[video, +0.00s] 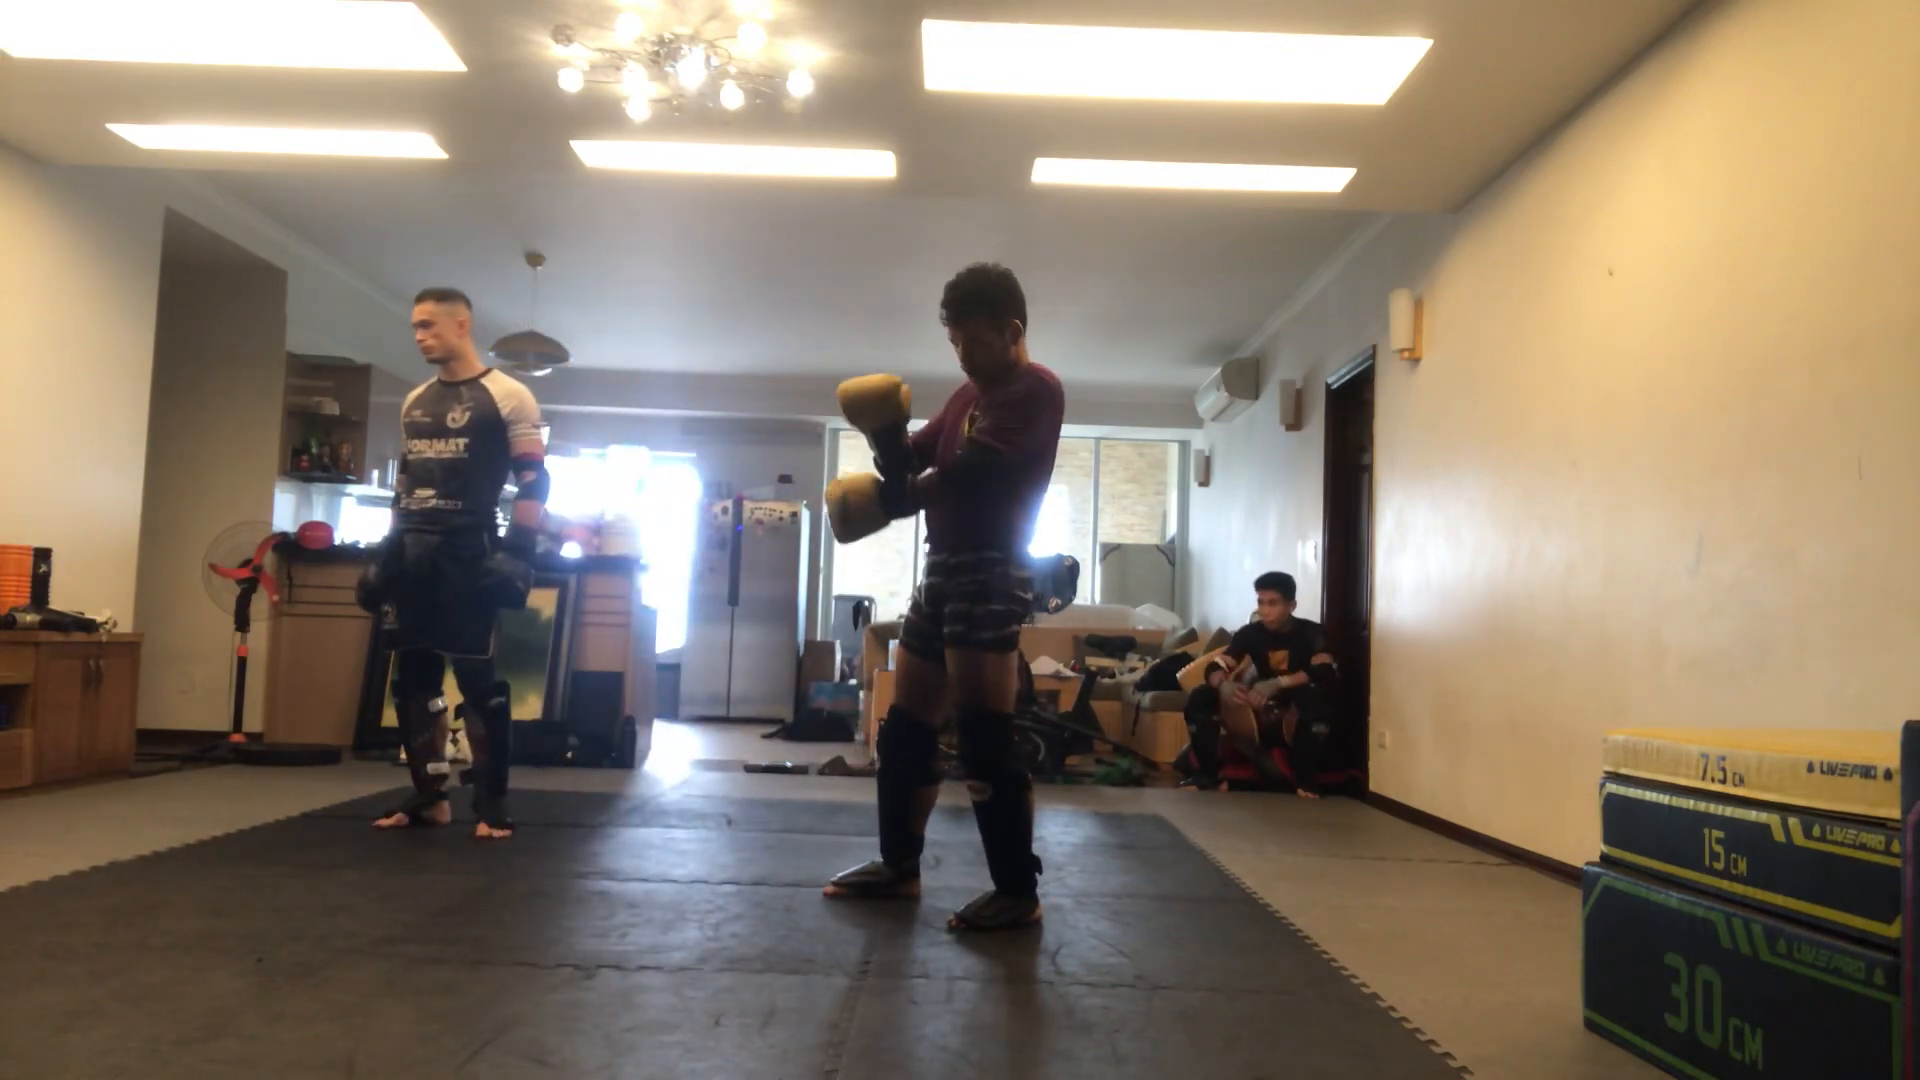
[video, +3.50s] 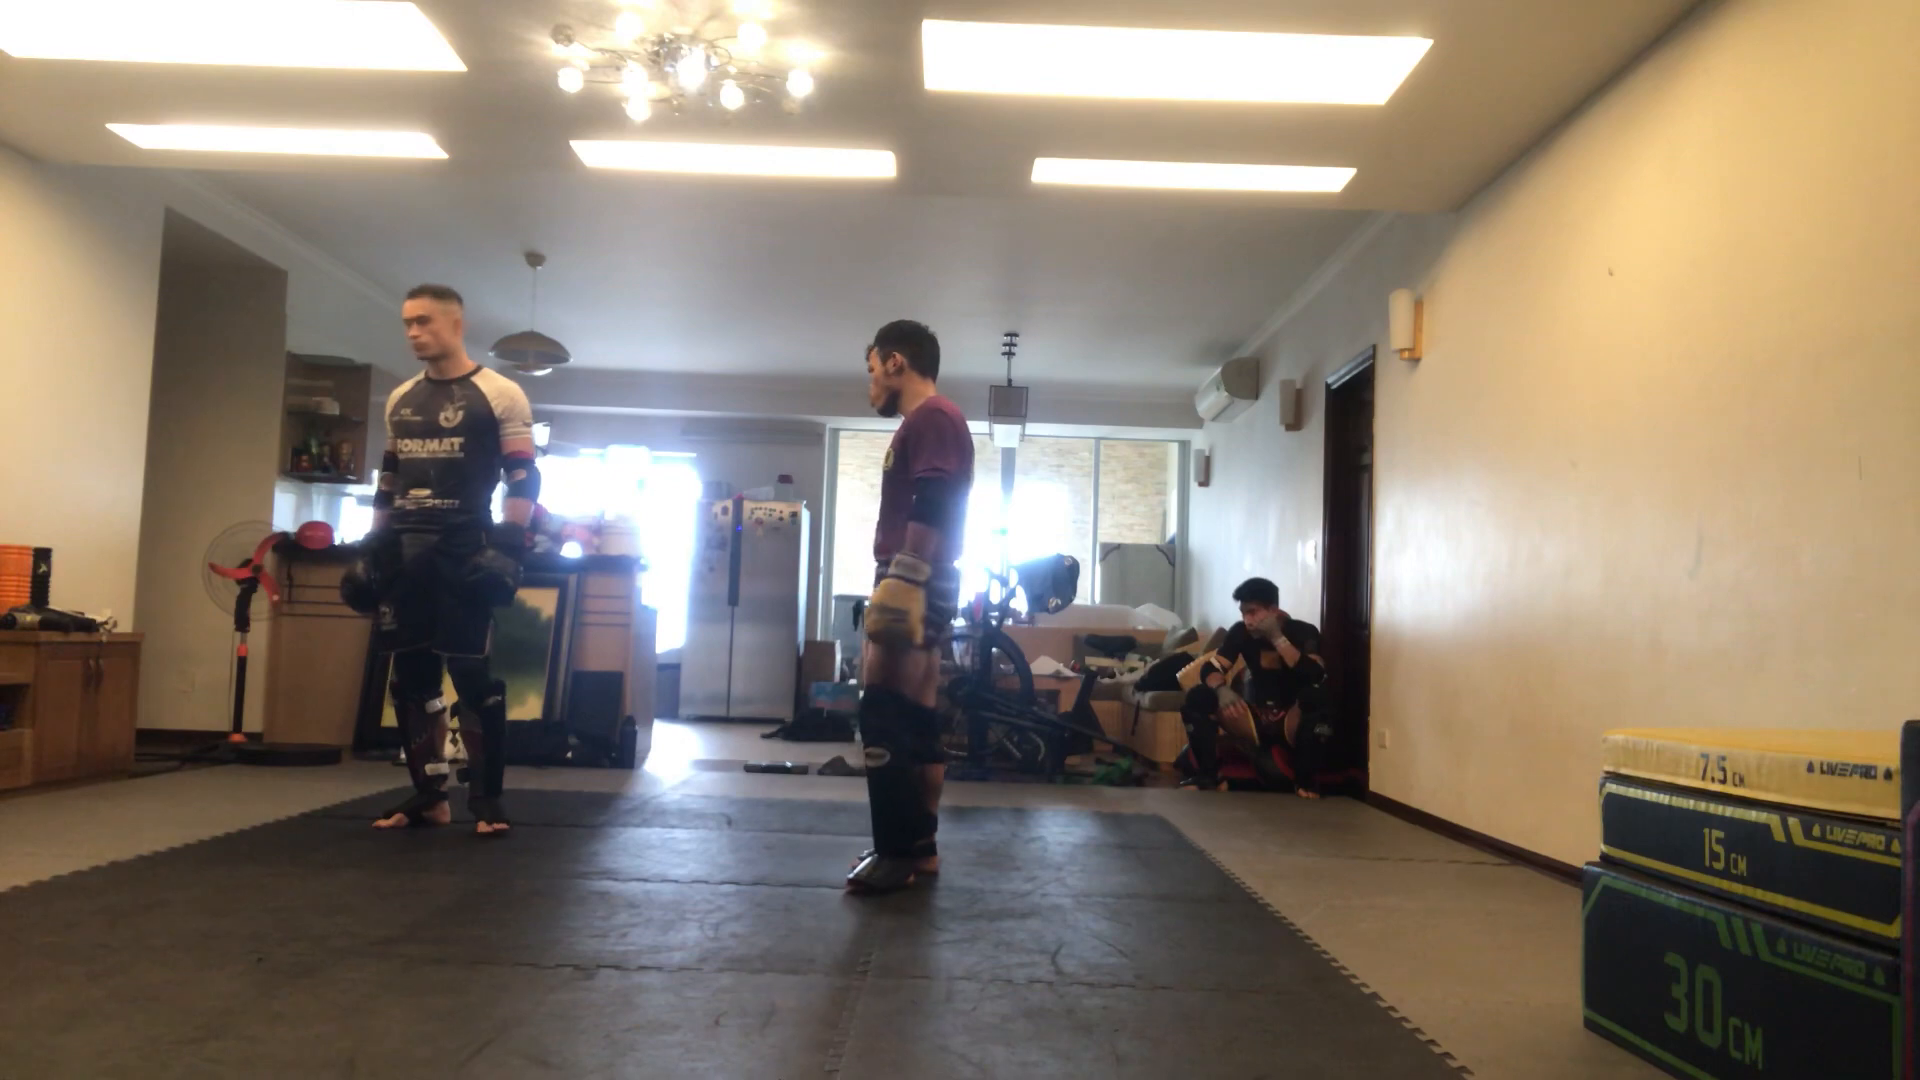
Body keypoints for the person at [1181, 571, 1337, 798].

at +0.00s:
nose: (1264, 610)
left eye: (1272, 604)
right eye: (1261, 603)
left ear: (1291, 605)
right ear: (1257, 603)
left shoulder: (1311, 632)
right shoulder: (1249, 634)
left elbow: (1324, 671)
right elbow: (1214, 669)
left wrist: (1276, 683)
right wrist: (1226, 687)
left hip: (1294, 713)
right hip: (1252, 712)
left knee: (1316, 700)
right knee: (1200, 698)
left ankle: (1305, 781)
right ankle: (1209, 775)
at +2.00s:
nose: (1250, 614)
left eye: (1258, 608)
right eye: (1249, 606)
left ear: (1279, 611)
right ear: (1246, 604)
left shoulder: (1303, 631)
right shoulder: (1242, 631)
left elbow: (1325, 668)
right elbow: (1212, 669)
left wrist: (1278, 691)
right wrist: (1224, 691)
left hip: (1294, 711)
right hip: (1253, 711)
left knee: (1318, 702)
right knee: (1198, 698)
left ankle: (1306, 782)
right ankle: (1208, 776)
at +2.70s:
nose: (1245, 617)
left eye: (1251, 610)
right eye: (1243, 610)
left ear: (1274, 610)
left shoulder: (1304, 633)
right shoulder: (1242, 633)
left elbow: (1330, 671)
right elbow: (1211, 668)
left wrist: (1281, 669)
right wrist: (1223, 691)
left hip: (1292, 720)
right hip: (1250, 719)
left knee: (1320, 704)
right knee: (1198, 698)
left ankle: (1306, 781)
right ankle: (1208, 777)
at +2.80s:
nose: (1245, 619)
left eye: (1251, 612)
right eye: (1243, 612)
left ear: (1274, 611)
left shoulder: (1305, 633)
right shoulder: (1242, 633)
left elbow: (1324, 674)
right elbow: (1211, 669)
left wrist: (1278, 647)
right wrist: (1224, 691)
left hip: (1294, 720)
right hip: (1252, 719)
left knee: (1320, 699)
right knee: (1198, 698)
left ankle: (1306, 781)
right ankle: (1208, 777)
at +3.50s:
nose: (1246, 620)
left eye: (1252, 613)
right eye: (1243, 613)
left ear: (1273, 609)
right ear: (1240, 610)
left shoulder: (1304, 632)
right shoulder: (1241, 632)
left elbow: (1314, 675)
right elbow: (1210, 669)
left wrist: (1276, 637)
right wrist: (1222, 690)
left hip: (1291, 720)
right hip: (1251, 719)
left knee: (1317, 696)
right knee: (1198, 698)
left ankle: (1305, 780)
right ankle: (1207, 776)